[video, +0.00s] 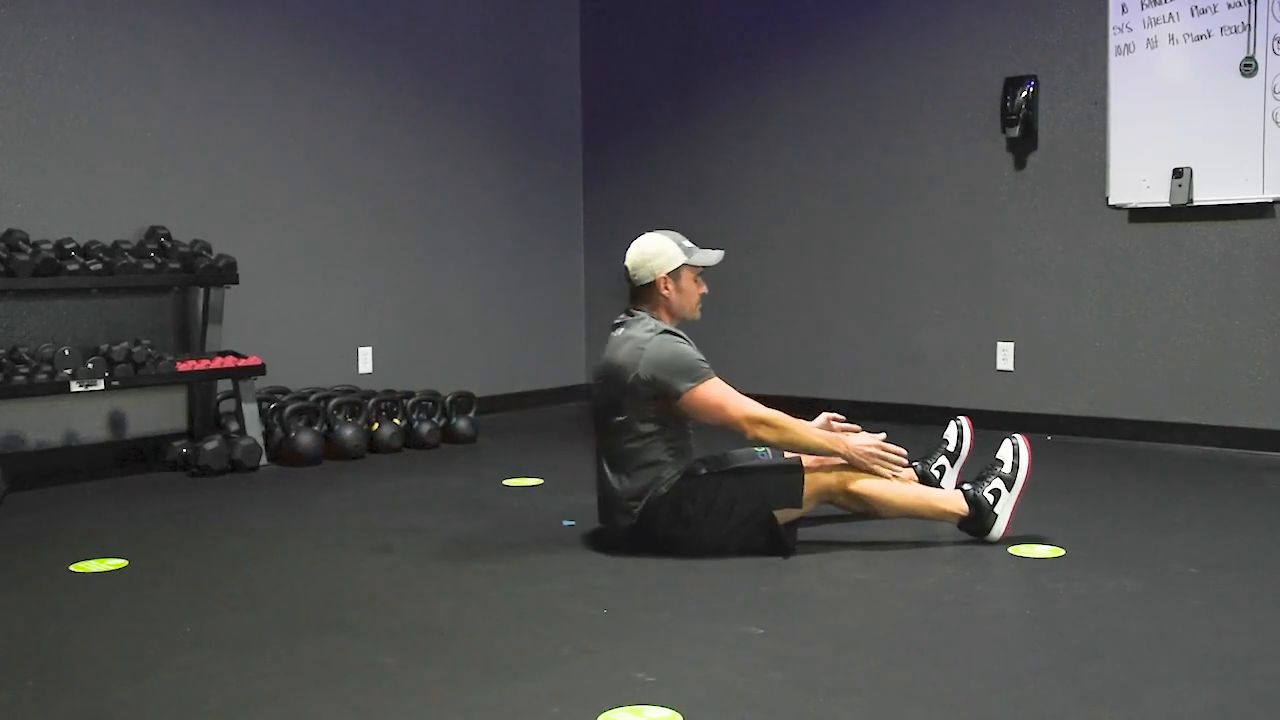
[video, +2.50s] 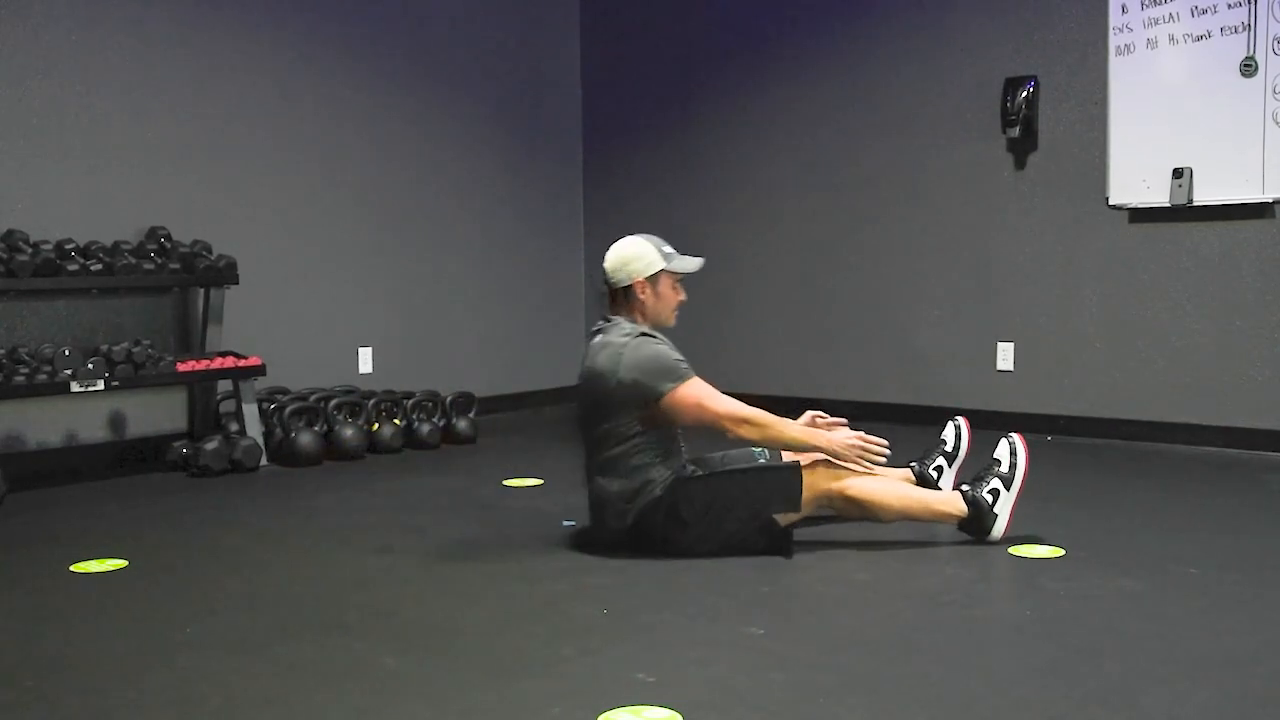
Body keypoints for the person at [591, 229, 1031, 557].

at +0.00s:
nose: (702, 285)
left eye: (699, 275)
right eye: (694, 275)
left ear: (657, 285)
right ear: (665, 284)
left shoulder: (640, 339)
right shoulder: (656, 350)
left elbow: (738, 411)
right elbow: (748, 421)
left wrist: (809, 426)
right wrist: (840, 448)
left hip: (658, 493)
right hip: (658, 508)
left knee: (826, 457)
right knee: (835, 480)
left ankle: (931, 483)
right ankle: (975, 510)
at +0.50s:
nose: (576, 313)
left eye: (570, 304)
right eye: (564, 307)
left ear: (541, 325)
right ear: (536, 327)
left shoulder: (561, 374)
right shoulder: (551, 394)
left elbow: (649, 398)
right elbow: (663, 429)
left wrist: (720, 365)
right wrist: (747, 379)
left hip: (660, 477)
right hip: (647, 505)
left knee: (796, 462)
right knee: (812, 485)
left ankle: (920, 477)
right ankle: (970, 513)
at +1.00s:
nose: (411, 453)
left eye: (398, 450)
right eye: (395, 460)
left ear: (407, 461)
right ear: (397, 488)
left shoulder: (452, 485)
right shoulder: (456, 518)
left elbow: (475, 411)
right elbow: (480, 411)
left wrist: (386, 384)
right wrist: (386, 395)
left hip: (629, 482)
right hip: (629, 510)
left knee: (771, 462)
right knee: (789, 490)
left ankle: (897, 482)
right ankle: (942, 513)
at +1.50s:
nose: (395, 468)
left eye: (386, 466)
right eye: (383, 472)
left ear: (396, 475)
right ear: (386, 497)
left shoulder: (439, 493)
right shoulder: (436, 523)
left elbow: (445, 407)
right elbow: (444, 412)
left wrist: (357, 415)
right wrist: (354, 423)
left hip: (624, 485)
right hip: (622, 513)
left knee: (764, 458)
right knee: (785, 484)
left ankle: (894, 488)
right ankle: (938, 516)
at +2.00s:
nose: (542, 346)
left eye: (536, 337)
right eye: (530, 340)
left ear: (507, 356)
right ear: (500, 359)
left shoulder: (536, 396)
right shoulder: (515, 418)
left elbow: (629, 400)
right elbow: (626, 432)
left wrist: (703, 370)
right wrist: (724, 392)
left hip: (647, 481)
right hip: (632, 512)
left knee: (788, 458)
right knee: (803, 479)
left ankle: (914, 478)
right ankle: (957, 502)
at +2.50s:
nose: (681, 292)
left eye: (678, 281)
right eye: (672, 281)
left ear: (637, 289)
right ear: (642, 288)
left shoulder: (623, 343)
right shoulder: (635, 352)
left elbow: (716, 408)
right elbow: (726, 418)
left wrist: (794, 424)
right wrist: (818, 444)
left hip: (647, 495)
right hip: (650, 510)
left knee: (808, 459)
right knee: (828, 482)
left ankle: (923, 480)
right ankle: (974, 508)